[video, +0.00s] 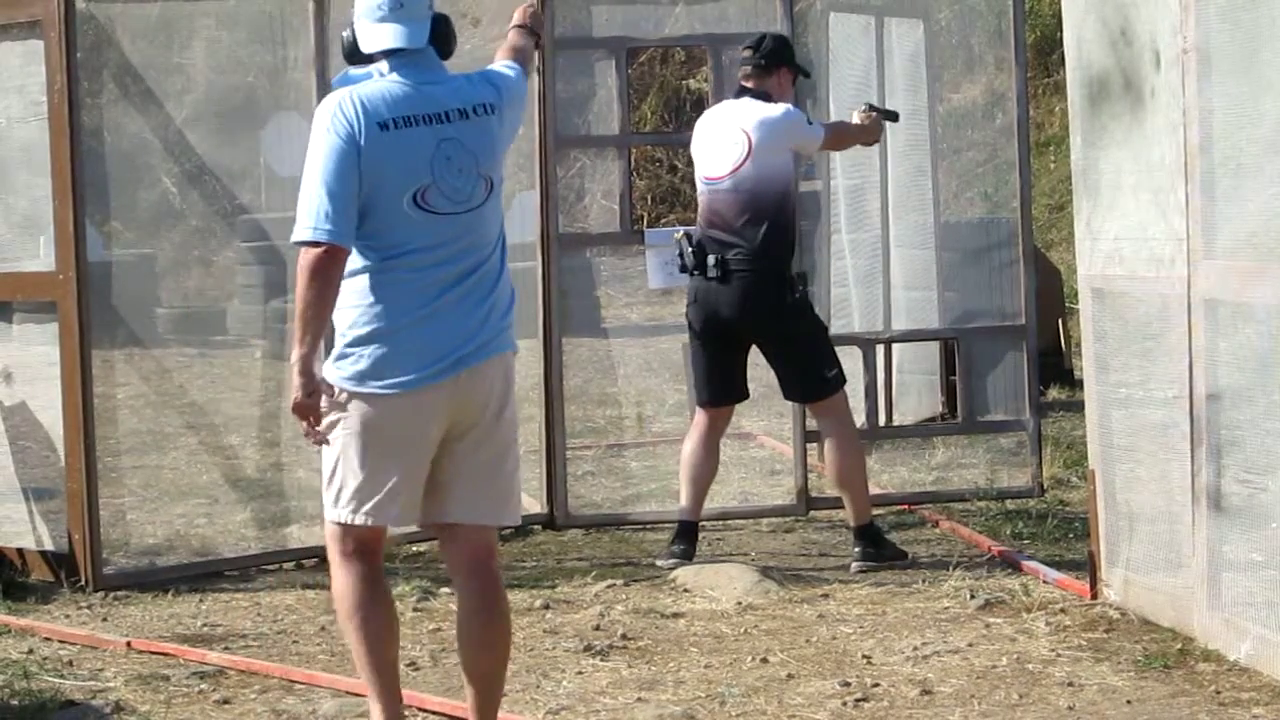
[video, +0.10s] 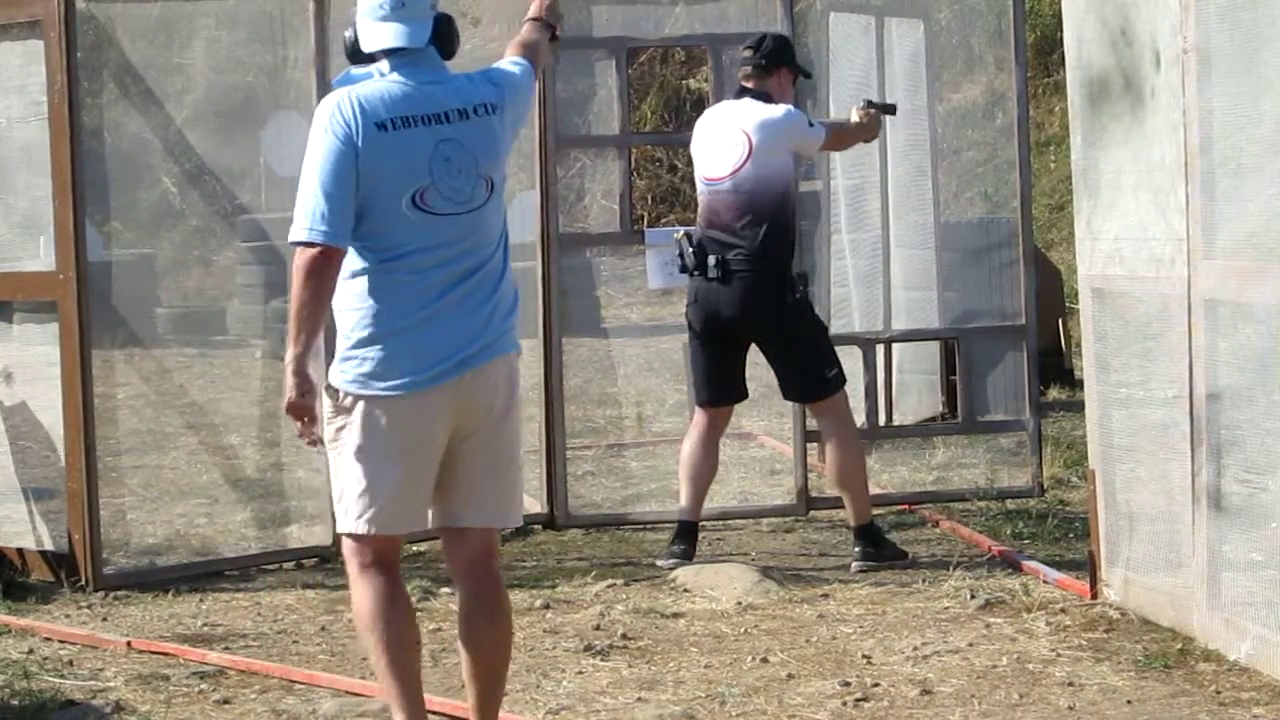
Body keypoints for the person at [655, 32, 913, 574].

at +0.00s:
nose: (794, 88)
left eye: (793, 81)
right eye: (794, 80)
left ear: (743, 75)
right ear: (781, 76)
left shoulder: (704, 122)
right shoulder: (784, 119)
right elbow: (838, 138)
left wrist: (845, 131)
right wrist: (866, 127)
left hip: (708, 294)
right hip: (769, 293)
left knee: (707, 419)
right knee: (834, 416)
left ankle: (683, 538)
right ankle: (867, 538)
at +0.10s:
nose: (794, 88)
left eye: (794, 82)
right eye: (793, 80)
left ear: (743, 75)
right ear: (781, 76)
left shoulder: (704, 121)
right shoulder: (784, 119)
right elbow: (837, 139)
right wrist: (865, 125)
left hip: (708, 294)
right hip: (769, 293)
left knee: (705, 420)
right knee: (834, 416)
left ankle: (682, 539)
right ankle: (867, 537)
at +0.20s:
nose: (794, 89)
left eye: (794, 81)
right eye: (793, 80)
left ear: (742, 75)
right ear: (779, 76)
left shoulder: (704, 122)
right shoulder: (783, 121)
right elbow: (843, 138)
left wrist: (843, 132)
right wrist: (865, 126)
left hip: (708, 295)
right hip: (769, 294)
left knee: (704, 419)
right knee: (834, 416)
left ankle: (682, 538)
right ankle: (867, 538)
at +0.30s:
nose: (793, 89)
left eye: (792, 82)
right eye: (793, 81)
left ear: (742, 75)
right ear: (780, 77)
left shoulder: (703, 121)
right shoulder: (782, 121)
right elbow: (841, 139)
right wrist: (862, 127)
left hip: (706, 295)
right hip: (768, 294)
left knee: (702, 419)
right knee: (833, 416)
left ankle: (681, 538)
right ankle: (866, 537)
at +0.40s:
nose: (793, 90)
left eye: (793, 83)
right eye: (793, 81)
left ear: (742, 75)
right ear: (780, 77)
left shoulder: (703, 122)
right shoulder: (781, 122)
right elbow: (842, 139)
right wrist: (863, 127)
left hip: (706, 296)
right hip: (768, 295)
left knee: (703, 418)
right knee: (834, 417)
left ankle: (681, 538)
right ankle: (867, 538)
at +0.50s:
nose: (792, 90)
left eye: (792, 83)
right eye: (791, 81)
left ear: (742, 75)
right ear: (777, 77)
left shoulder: (702, 121)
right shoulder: (782, 123)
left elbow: (795, 137)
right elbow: (842, 137)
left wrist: (844, 126)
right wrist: (865, 122)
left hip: (705, 297)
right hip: (768, 296)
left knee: (703, 419)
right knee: (834, 418)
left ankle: (682, 539)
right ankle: (867, 538)